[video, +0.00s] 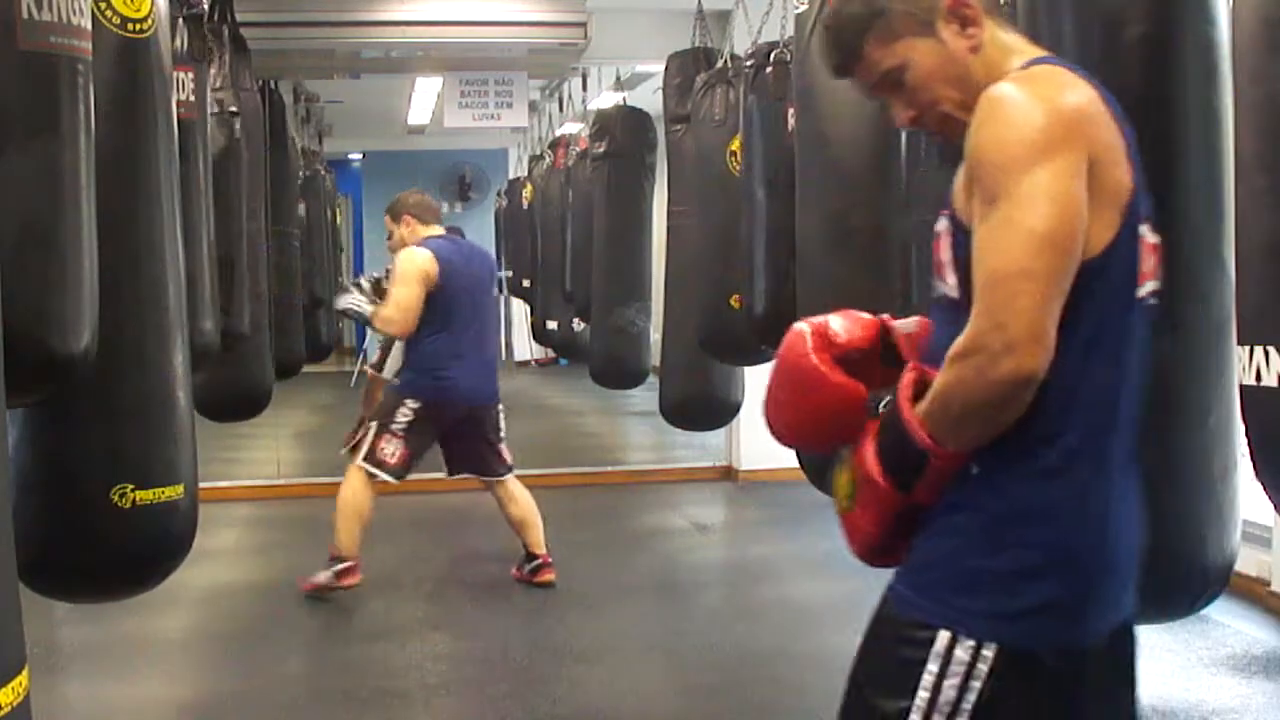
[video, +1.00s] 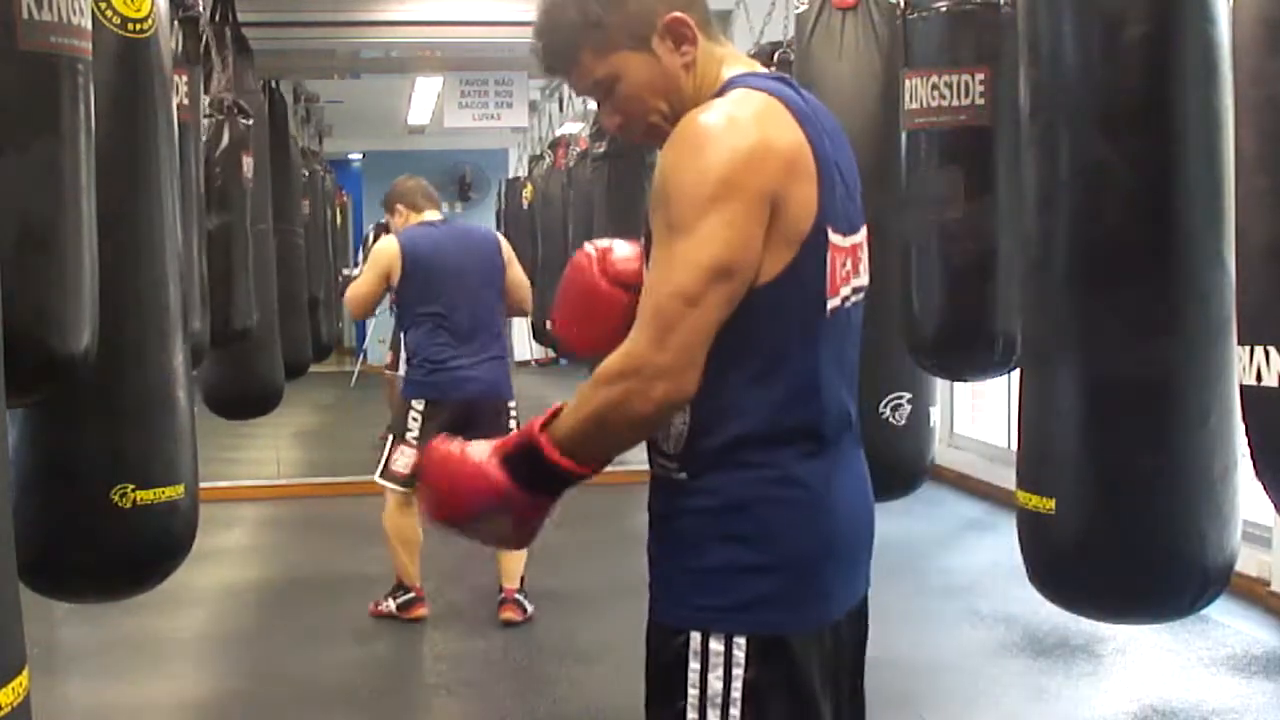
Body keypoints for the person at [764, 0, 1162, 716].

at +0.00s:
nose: (901, 116)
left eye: (899, 80)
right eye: (883, 99)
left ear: (962, 22)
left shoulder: (1023, 110)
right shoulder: (1066, 101)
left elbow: (1008, 355)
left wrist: (894, 458)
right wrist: (896, 345)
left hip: (1002, 572)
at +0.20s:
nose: (809, 135)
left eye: (812, 101)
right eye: (793, 117)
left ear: (880, 42)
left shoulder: (943, 139)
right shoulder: (965, 126)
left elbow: (934, 385)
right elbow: (931, 337)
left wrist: (811, 488)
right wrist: (794, 343)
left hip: (926, 595)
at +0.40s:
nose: (702, 131)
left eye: (698, 102)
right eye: (687, 112)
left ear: (765, 44)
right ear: (769, 45)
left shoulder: (814, 134)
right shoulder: (878, 114)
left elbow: (802, 395)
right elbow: (870, 334)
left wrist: (703, 478)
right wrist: (715, 344)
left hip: (831, 559)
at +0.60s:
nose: (638, 136)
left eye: (632, 106)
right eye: (619, 118)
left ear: (696, 51)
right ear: (700, 52)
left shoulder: (744, 137)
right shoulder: (825, 115)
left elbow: (724, 398)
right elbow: (815, 347)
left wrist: (639, 488)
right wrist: (664, 357)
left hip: (780, 551)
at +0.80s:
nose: (610, 127)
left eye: (609, 95)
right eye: (595, 107)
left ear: (680, 42)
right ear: (685, 44)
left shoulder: (722, 146)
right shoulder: (801, 115)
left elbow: (674, 396)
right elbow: (798, 312)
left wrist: (544, 513)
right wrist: (668, 322)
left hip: (749, 547)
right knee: (814, 706)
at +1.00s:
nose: (608, 121)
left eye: (607, 90)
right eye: (593, 102)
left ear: (677, 39)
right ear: (682, 42)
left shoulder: (723, 136)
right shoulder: (796, 116)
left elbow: (657, 375)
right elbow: (780, 323)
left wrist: (523, 470)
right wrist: (650, 309)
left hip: (742, 546)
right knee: (819, 705)